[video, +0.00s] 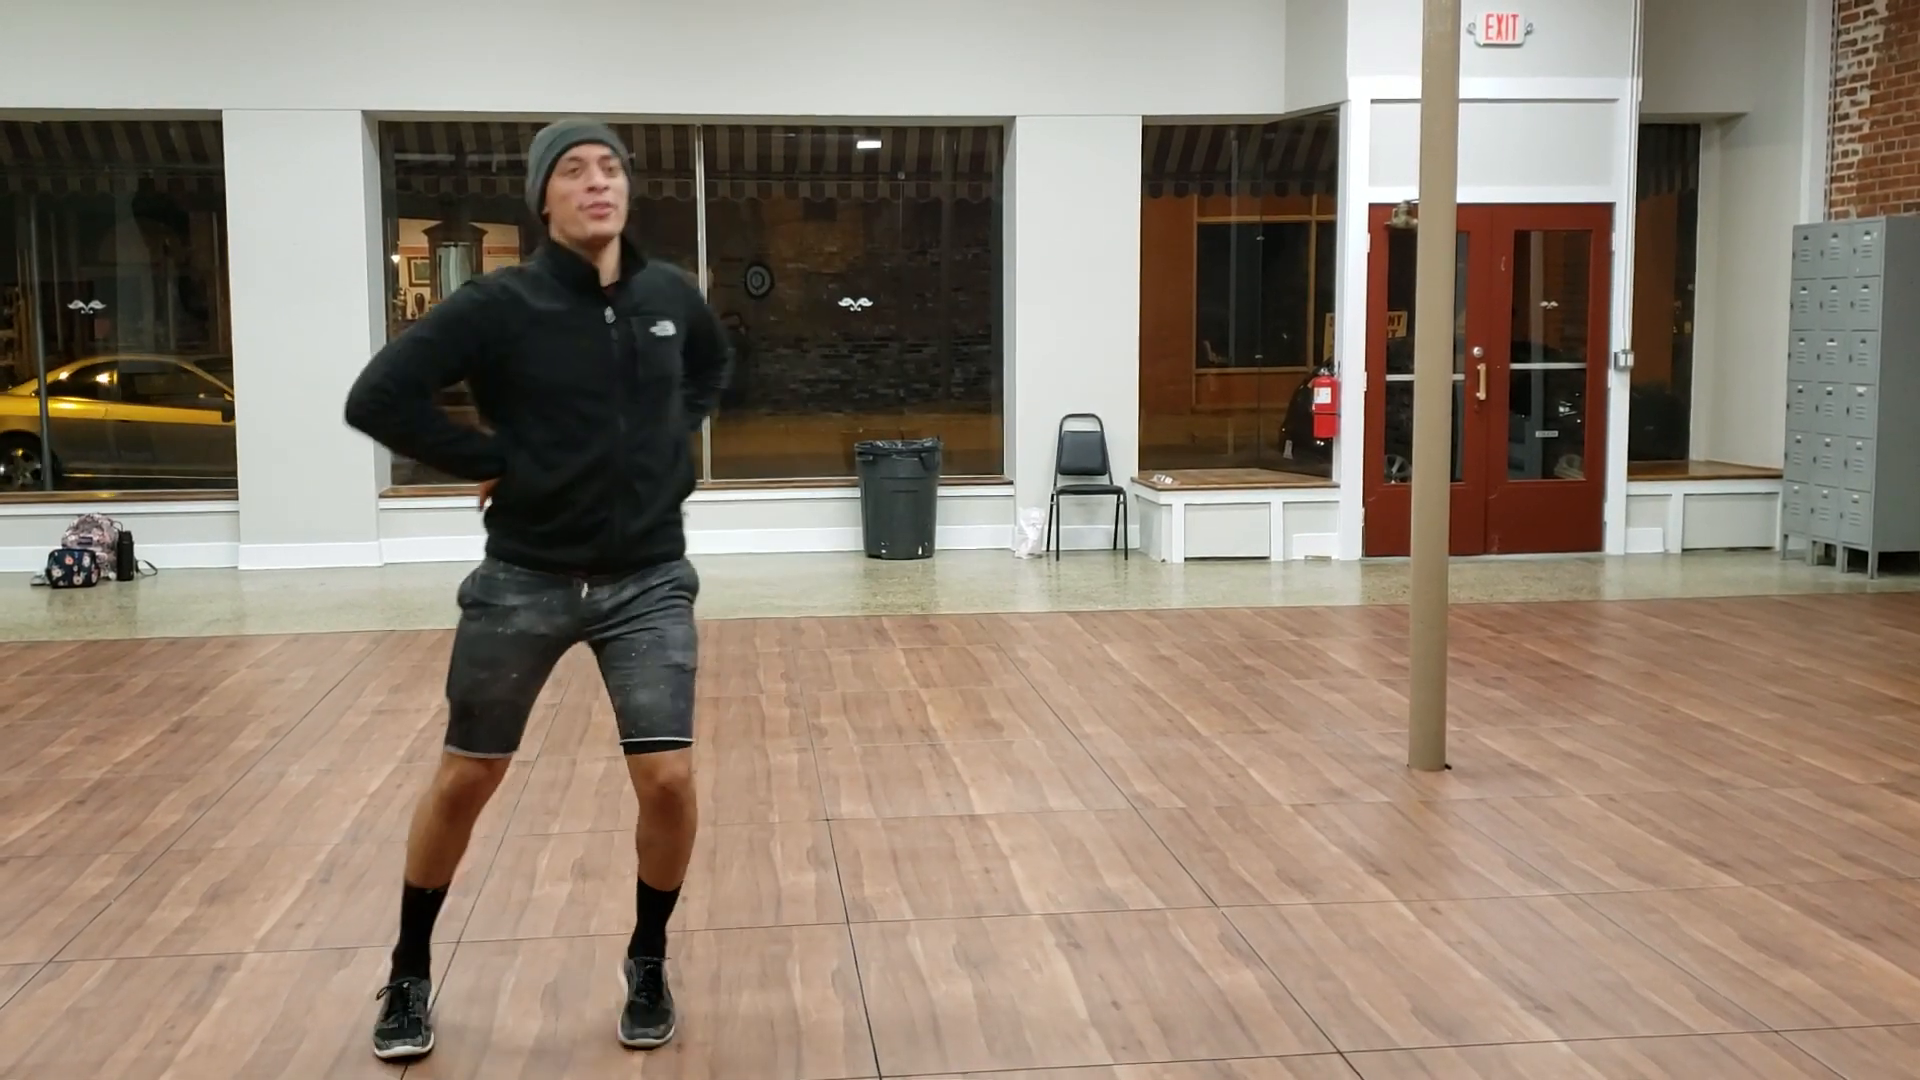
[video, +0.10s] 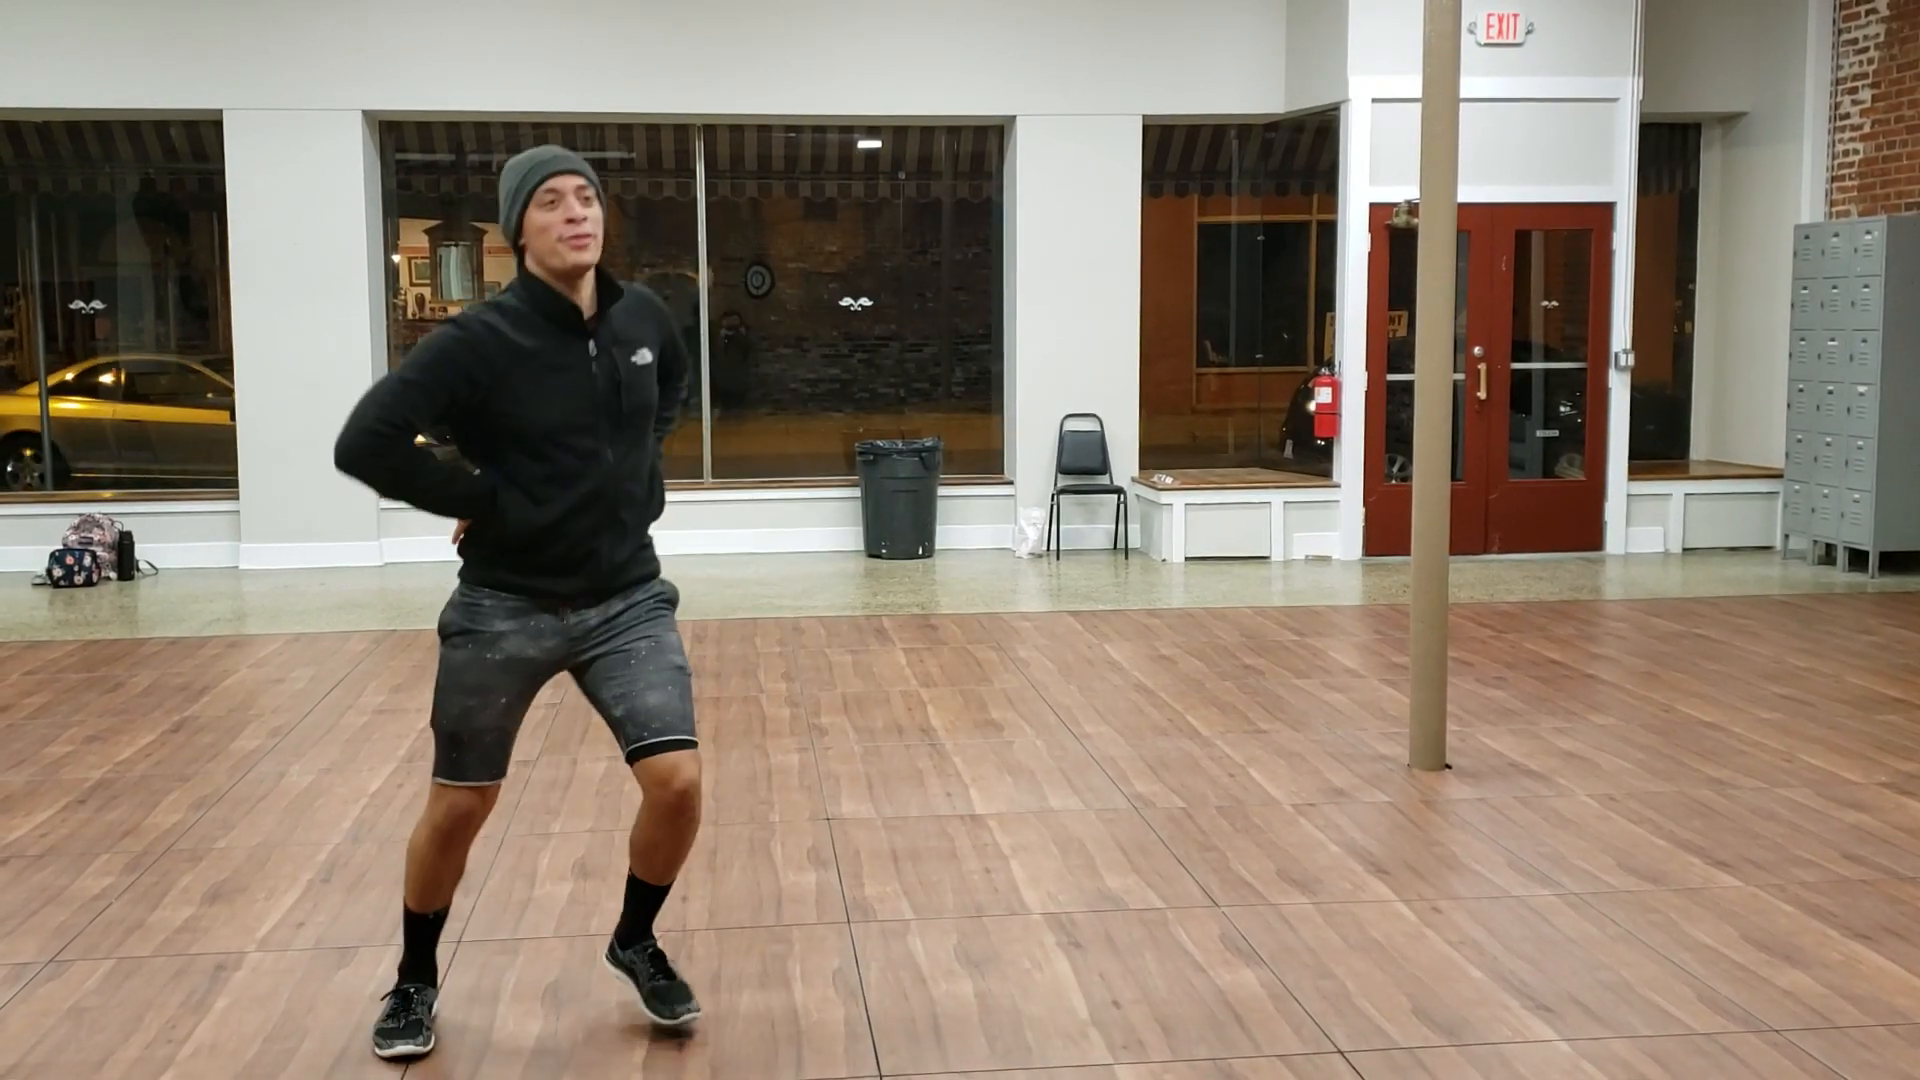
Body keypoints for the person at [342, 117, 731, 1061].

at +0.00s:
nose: (596, 183)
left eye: (609, 170)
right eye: (574, 172)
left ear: (630, 194)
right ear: (542, 202)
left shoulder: (674, 295)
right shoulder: (497, 306)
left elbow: (709, 370)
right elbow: (376, 400)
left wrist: (670, 439)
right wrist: (490, 458)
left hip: (648, 580)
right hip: (523, 583)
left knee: (669, 781)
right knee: (466, 777)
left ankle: (649, 959)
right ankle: (408, 972)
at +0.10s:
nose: (576, 215)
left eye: (586, 200)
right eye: (553, 205)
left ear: (604, 220)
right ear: (516, 232)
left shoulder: (645, 317)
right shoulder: (474, 341)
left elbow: (671, 394)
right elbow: (363, 446)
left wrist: (635, 463)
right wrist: (483, 501)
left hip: (624, 598)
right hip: (502, 608)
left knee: (678, 782)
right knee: (459, 804)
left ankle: (635, 940)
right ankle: (414, 983)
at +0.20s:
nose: (572, 220)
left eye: (579, 205)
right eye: (548, 212)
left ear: (597, 222)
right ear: (511, 240)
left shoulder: (636, 322)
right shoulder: (478, 347)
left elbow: (650, 410)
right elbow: (376, 463)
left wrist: (637, 482)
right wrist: (494, 506)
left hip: (625, 600)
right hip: (506, 611)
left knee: (679, 789)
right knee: (463, 808)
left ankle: (625, 924)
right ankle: (415, 981)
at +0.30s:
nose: (585, 201)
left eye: (592, 185)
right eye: (560, 194)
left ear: (612, 202)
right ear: (526, 225)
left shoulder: (657, 304)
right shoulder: (498, 329)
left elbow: (662, 405)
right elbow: (397, 438)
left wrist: (655, 468)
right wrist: (518, 484)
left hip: (651, 590)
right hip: (536, 599)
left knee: (678, 786)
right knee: (490, 792)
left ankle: (613, 927)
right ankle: (418, 975)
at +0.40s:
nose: (613, 187)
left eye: (618, 170)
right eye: (588, 180)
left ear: (637, 186)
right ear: (555, 212)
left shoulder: (675, 284)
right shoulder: (528, 314)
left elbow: (711, 369)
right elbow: (428, 422)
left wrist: (688, 446)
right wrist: (553, 471)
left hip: (678, 578)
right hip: (573, 586)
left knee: (671, 773)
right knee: (558, 789)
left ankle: (606, 935)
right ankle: (456, 951)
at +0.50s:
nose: (649, 179)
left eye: (654, 164)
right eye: (624, 172)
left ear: (673, 183)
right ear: (589, 203)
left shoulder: (706, 290)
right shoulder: (563, 306)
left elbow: (747, 355)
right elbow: (458, 411)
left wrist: (749, 433)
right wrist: (577, 466)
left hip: (696, 570)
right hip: (599, 574)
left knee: (673, 775)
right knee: (647, 780)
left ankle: (606, 935)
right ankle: (563, 930)